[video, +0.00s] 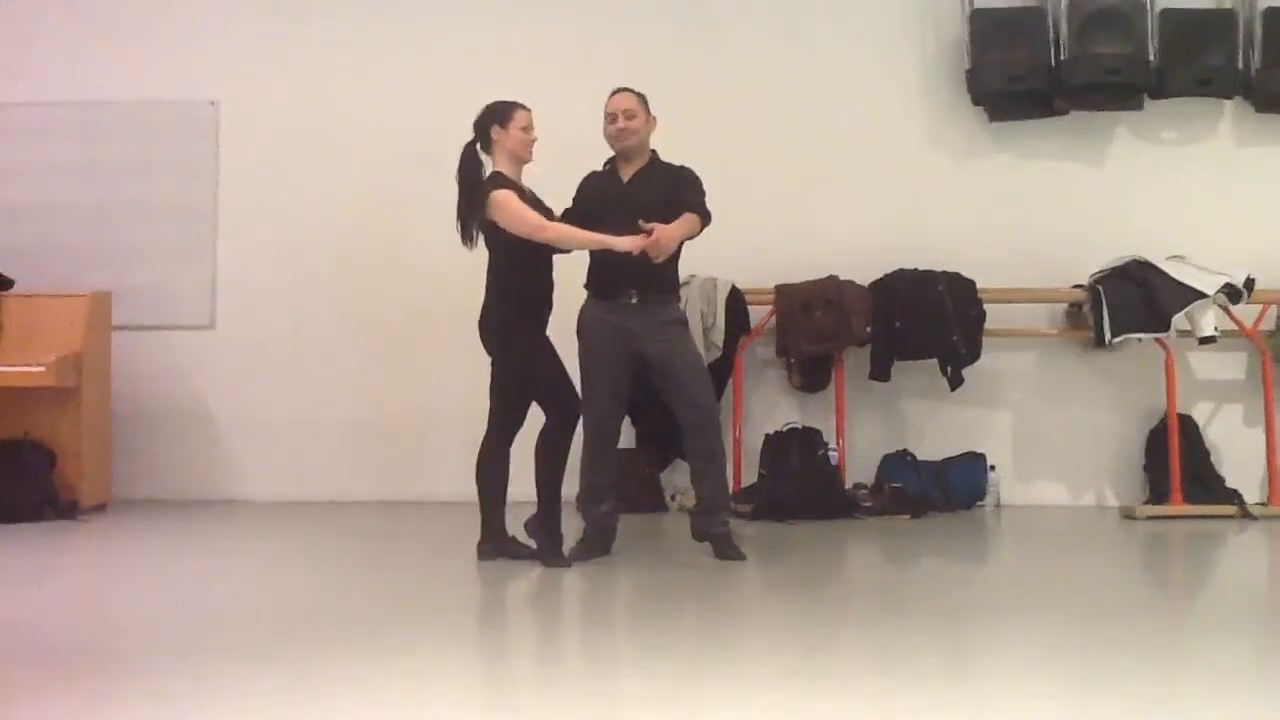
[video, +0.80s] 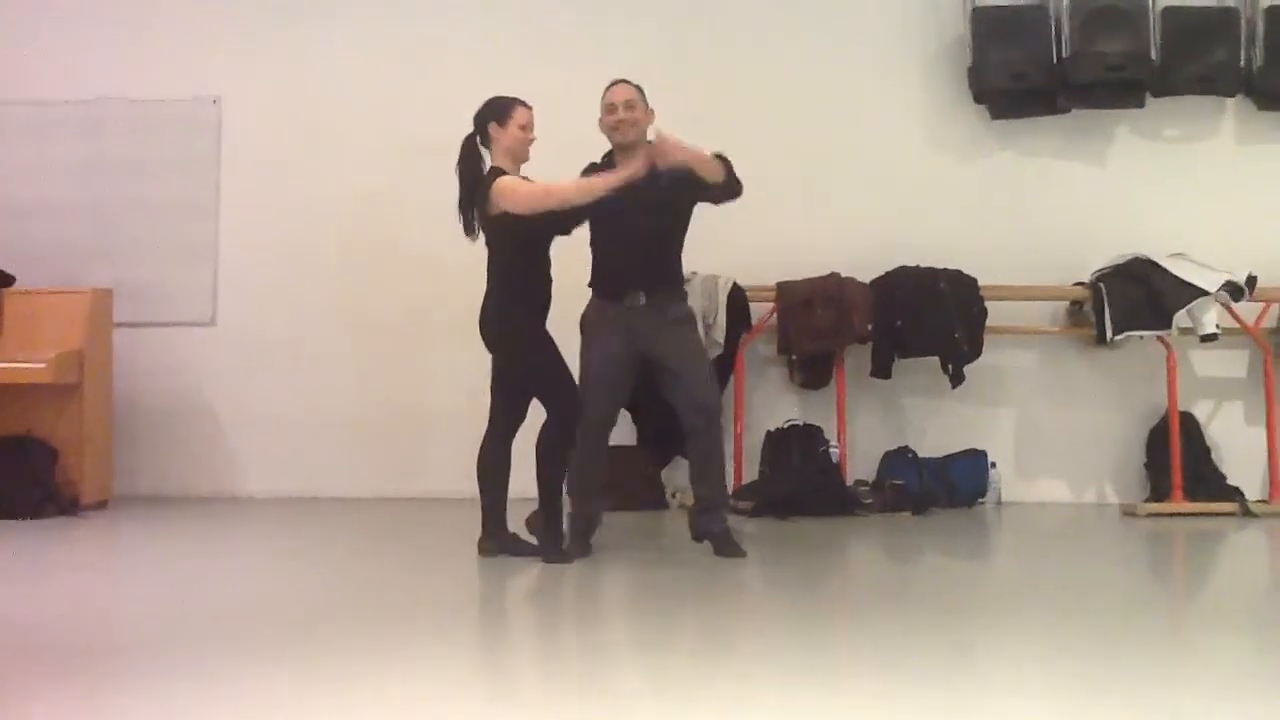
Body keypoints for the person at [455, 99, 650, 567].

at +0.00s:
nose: (534, 136)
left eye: (533, 129)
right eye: (526, 129)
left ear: (506, 136)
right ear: (498, 135)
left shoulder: (516, 191)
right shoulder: (498, 194)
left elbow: (555, 235)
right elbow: (545, 234)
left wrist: (614, 236)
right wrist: (615, 242)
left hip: (522, 323)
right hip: (512, 326)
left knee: (502, 429)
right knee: (565, 409)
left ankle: (493, 535)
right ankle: (547, 521)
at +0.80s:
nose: (532, 137)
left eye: (532, 129)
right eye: (524, 129)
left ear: (506, 135)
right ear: (495, 132)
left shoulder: (514, 185)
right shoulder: (502, 188)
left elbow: (568, 198)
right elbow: (567, 195)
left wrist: (617, 176)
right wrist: (622, 174)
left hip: (518, 318)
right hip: (514, 322)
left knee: (502, 426)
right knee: (567, 409)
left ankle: (494, 532)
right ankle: (548, 518)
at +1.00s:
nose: (521, 135)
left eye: (522, 127)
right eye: (514, 126)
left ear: (496, 131)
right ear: (485, 128)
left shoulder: (503, 182)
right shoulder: (489, 184)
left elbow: (559, 188)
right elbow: (559, 186)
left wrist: (617, 159)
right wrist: (620, 161)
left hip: (507, 316)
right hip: (504, 320)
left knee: (499, 422)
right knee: (561, 405)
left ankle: (490, 530)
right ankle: (545, 518)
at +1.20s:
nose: (504, 141)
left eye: (504, 132)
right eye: (496, 132)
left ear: (480, 137)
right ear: (466, 134)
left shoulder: (487, 189)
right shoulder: (464, 197)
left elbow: (534, 212)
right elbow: (502, 261)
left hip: (490, 322)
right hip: (480, 326)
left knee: (494, 424)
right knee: (546, 404)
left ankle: (489, 531)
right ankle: (521, 520)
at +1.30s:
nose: (496, 141)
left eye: (497, 132)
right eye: (487, 131)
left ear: (483, 137)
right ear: (458, 133)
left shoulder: (479, 189)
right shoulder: (454, 196)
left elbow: (514, 231)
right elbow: (473, 267)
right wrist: (544, 272)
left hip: (489, 320)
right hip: (471, 324)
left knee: (532, 411)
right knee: (496, 422)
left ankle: (479, 506)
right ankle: (488, 531)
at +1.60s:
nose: (467, 143)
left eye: (472, 137)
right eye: (458, 134)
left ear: (477, 144)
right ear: (434, 137)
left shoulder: (477, 201)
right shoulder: (418, 196)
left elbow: (522, 246)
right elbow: (437, 248)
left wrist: (537, 200)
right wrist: (481, 204)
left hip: (461, 331)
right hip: (420, 328)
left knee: (506, 420)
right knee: (409, 423)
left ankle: (489, 532)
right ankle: (382, 525)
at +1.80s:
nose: (464, 144)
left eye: (470, 138)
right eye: (454, 136)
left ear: (475, 145)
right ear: (432, 139)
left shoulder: (479, 203)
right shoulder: (413, 200)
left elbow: (523, 241)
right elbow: (422, 264)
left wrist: (527, 235)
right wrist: (487, 246)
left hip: (460, 331)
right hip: (415, 329)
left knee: (510, 417)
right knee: (401, 423)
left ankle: (478, 524)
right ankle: (380, 525)